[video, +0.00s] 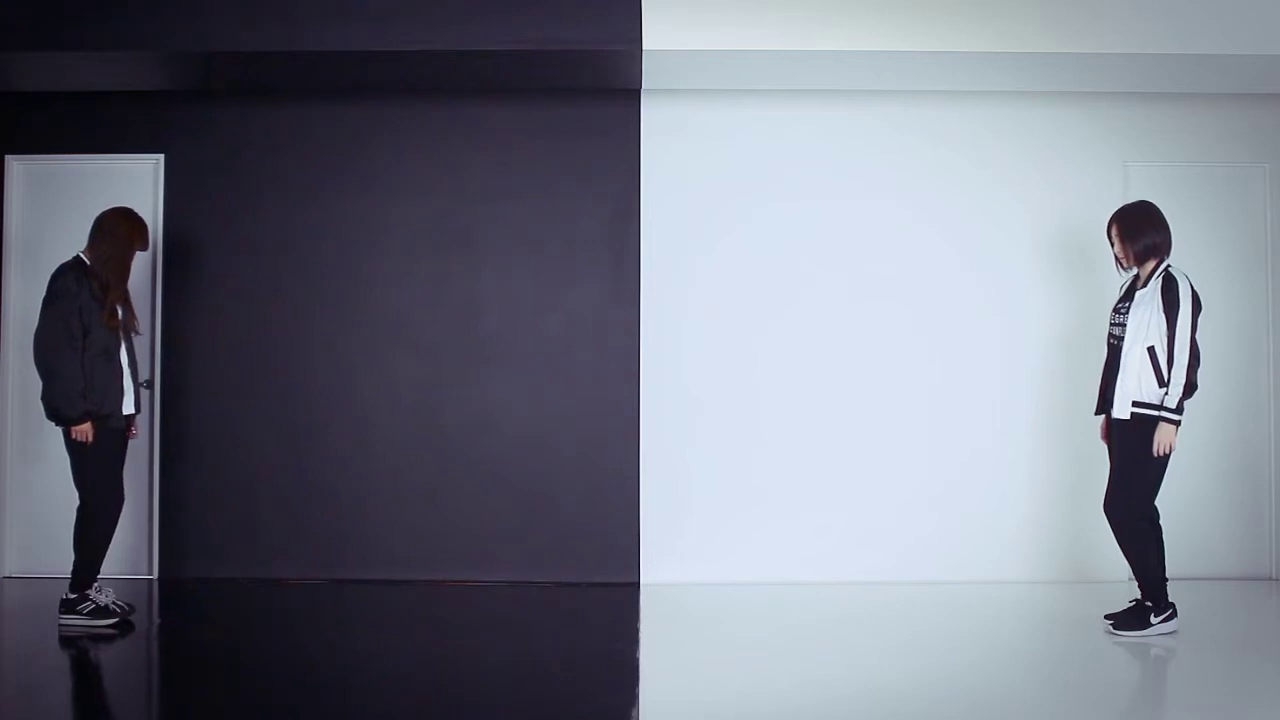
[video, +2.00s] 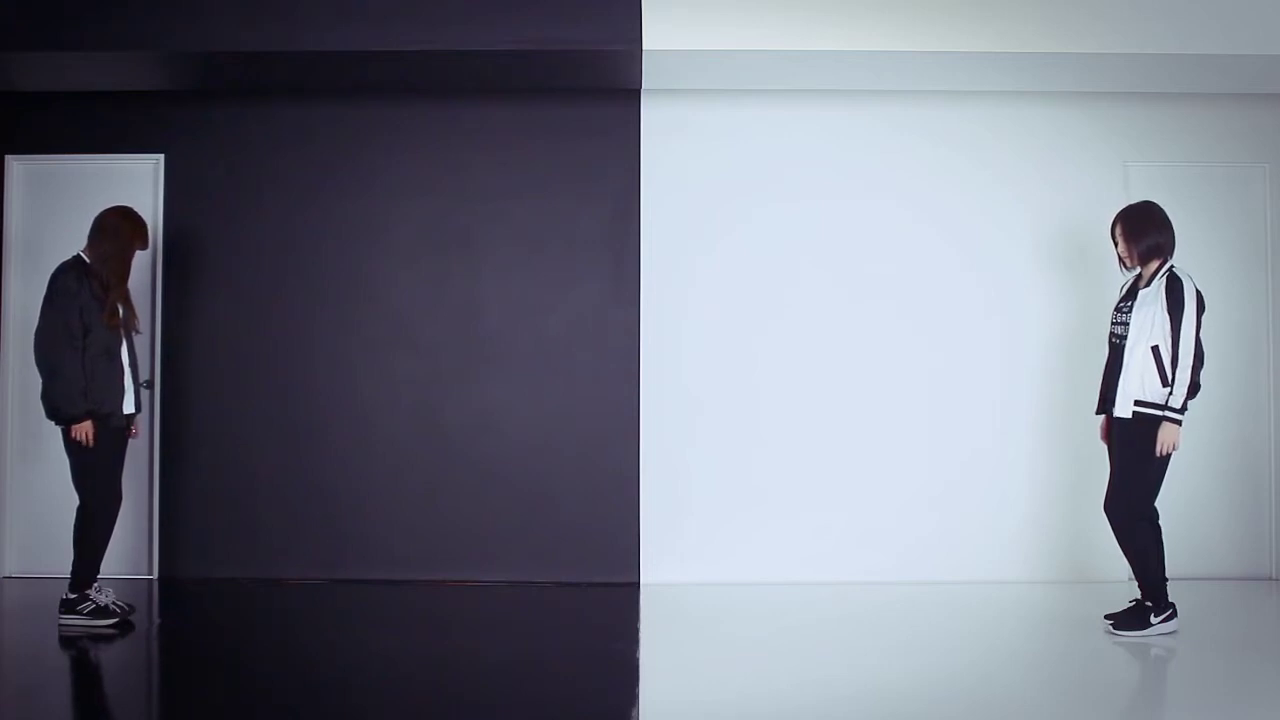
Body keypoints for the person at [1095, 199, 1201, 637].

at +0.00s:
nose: (1115, 250)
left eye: (1119, 241)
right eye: (1113, 242)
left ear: (1143, 236)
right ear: (1125, 241)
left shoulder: (1175, 284)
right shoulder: (1131, 287)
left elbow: (1185, 356)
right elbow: (1118, 355)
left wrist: (1170, 417)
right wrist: (1108, 411)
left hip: (1150, 418)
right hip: (1123, 416)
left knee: (1127, 506)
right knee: (1128, 506)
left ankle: (1157, 603)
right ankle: (1151, 600)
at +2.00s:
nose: (1119, 249)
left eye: (1123, 240)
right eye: (1116, 241)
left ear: (1147, 236)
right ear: (1125, 242)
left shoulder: (1179, 284)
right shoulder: (1131, 287)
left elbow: (1190, 356)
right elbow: (1117, 354)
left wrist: (1174, 417)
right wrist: (1107, 410)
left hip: (1152, 417)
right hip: (1123, 416)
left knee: (1128, 507)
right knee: (1127, 506)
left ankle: (1158, 604)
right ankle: (1151, 600)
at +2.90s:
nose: (1098, 248)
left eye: (1103, 239)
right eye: (1095, 241)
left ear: (1126, 235)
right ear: (1100, 243)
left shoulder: (1163, 284)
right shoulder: (1109, 289)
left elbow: (1182, 351)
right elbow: (1105, 355)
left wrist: (1175, 414)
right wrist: (1096, 409)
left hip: (1146, 416)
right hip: (1116, 415)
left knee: (1093, 490)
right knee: (1137, 506)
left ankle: (1135, 582)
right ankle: (1155, 599)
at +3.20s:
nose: (1063, 254)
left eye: (1067, 244)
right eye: (1060, 246)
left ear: (1091, 241)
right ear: (1066, 248)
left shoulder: (1131, 288)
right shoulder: (1077, 293)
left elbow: (1158, 350)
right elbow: (1075, 357)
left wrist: (1158, 414)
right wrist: (1059, 404)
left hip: (1120, 418)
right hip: (1091, 418)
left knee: (1074, 500)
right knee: (1123, 510)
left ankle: (1036, 596)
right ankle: (1156, 601)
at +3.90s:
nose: (944, 240)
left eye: (948, 230)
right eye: (942, 232)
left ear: (971, 227)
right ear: (960, 232)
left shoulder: (1004, 272)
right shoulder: (964, 279)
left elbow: (1000, 347)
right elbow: (958, 348)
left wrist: (955, 393)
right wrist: (943, 397)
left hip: (994, 411)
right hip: (958, 409)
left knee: (990, 511)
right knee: (918, 491)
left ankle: (1007, 607)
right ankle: (984, 541)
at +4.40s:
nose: (856, 241)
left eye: (860, 232)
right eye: (855, 233)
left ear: (882, 232)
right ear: (885, 233)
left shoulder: (910, 279)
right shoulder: (877, 285)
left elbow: (923, 351)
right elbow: (876, 356)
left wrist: (923, 421)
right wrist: (856, 417)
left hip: (897, 428)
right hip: (863, 428)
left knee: (929, 519)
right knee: (851, 526)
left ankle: (987, 591)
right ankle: (838, 619)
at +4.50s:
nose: (835, 233)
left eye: (839, 224)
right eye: (835, 225)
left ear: (861, 225)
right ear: (863, 225)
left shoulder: (891, 274)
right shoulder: (852, 282)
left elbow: (910, 346)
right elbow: (847, 352)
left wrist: (907, 414)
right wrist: (828, 411)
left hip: (877, 421)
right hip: (839, 421)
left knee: (896, 513)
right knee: (838, 518)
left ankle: (964, 585)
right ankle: (837, 619)